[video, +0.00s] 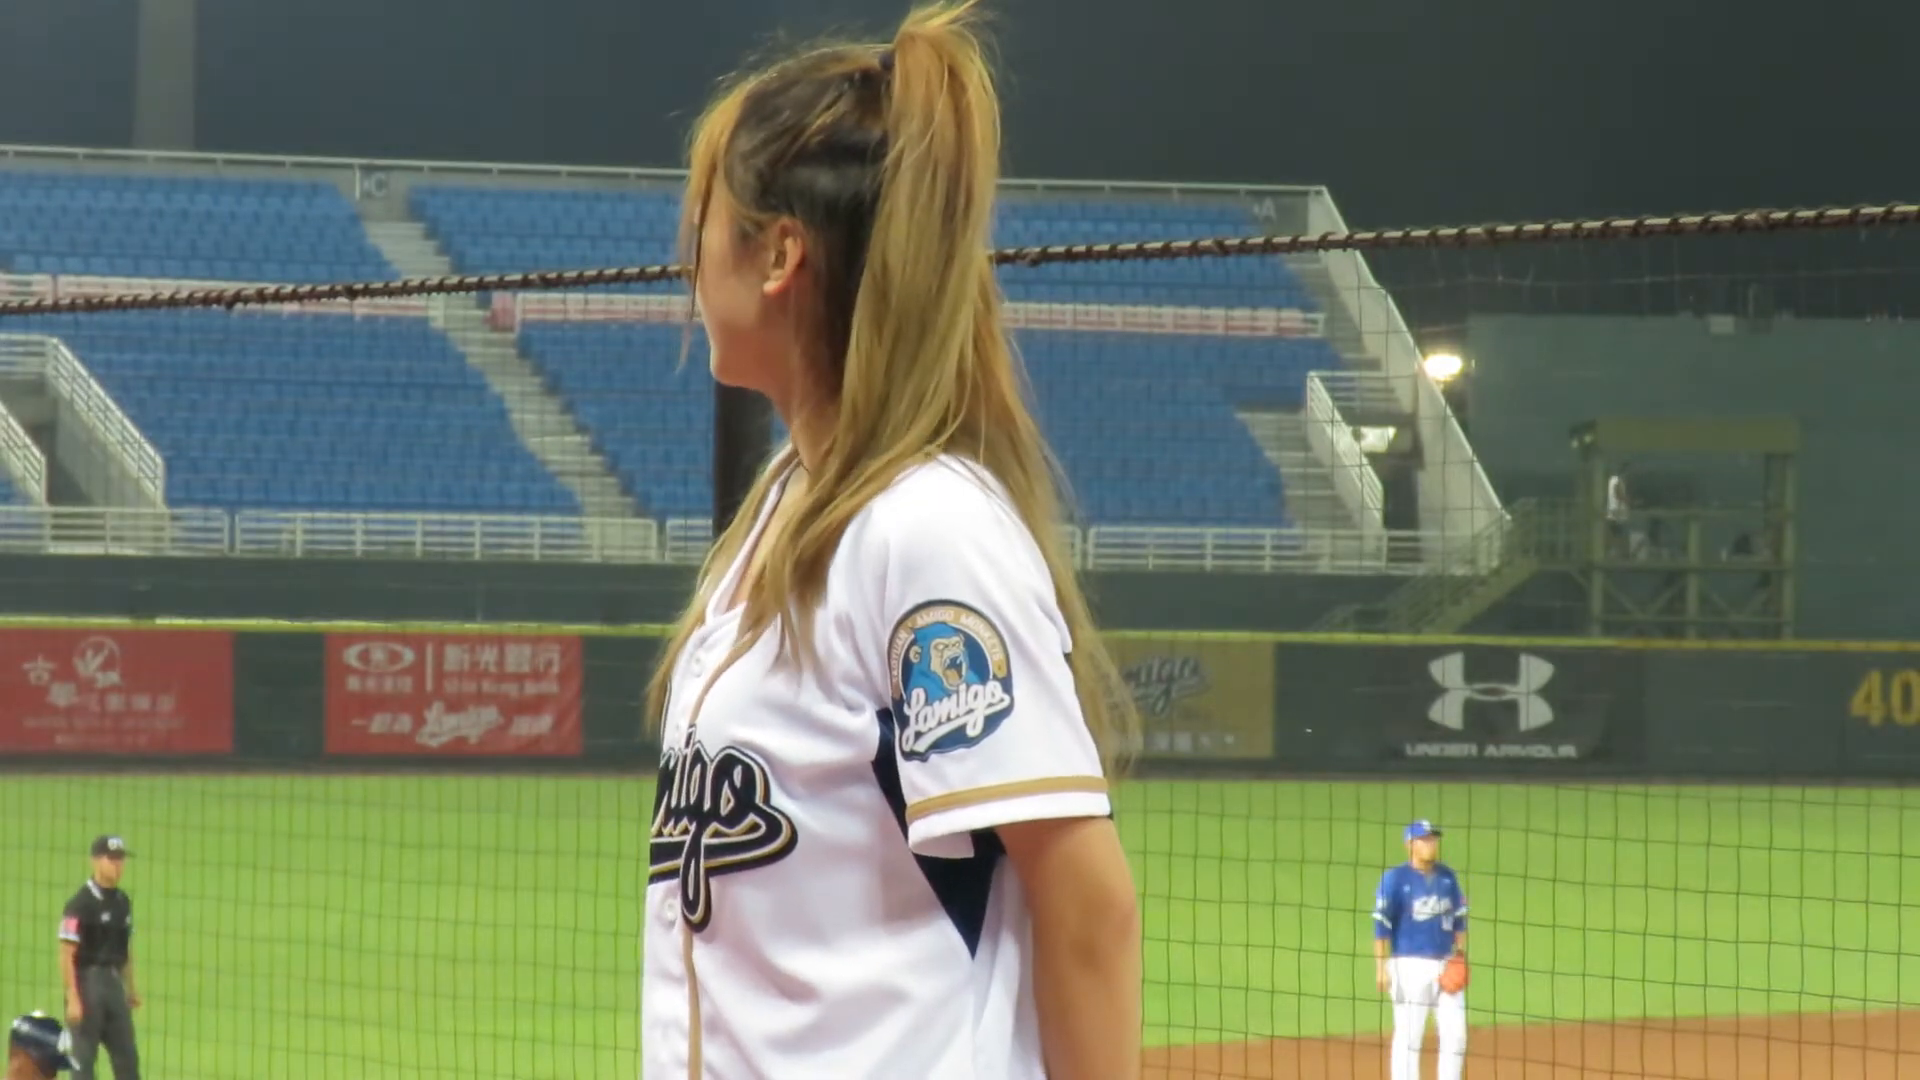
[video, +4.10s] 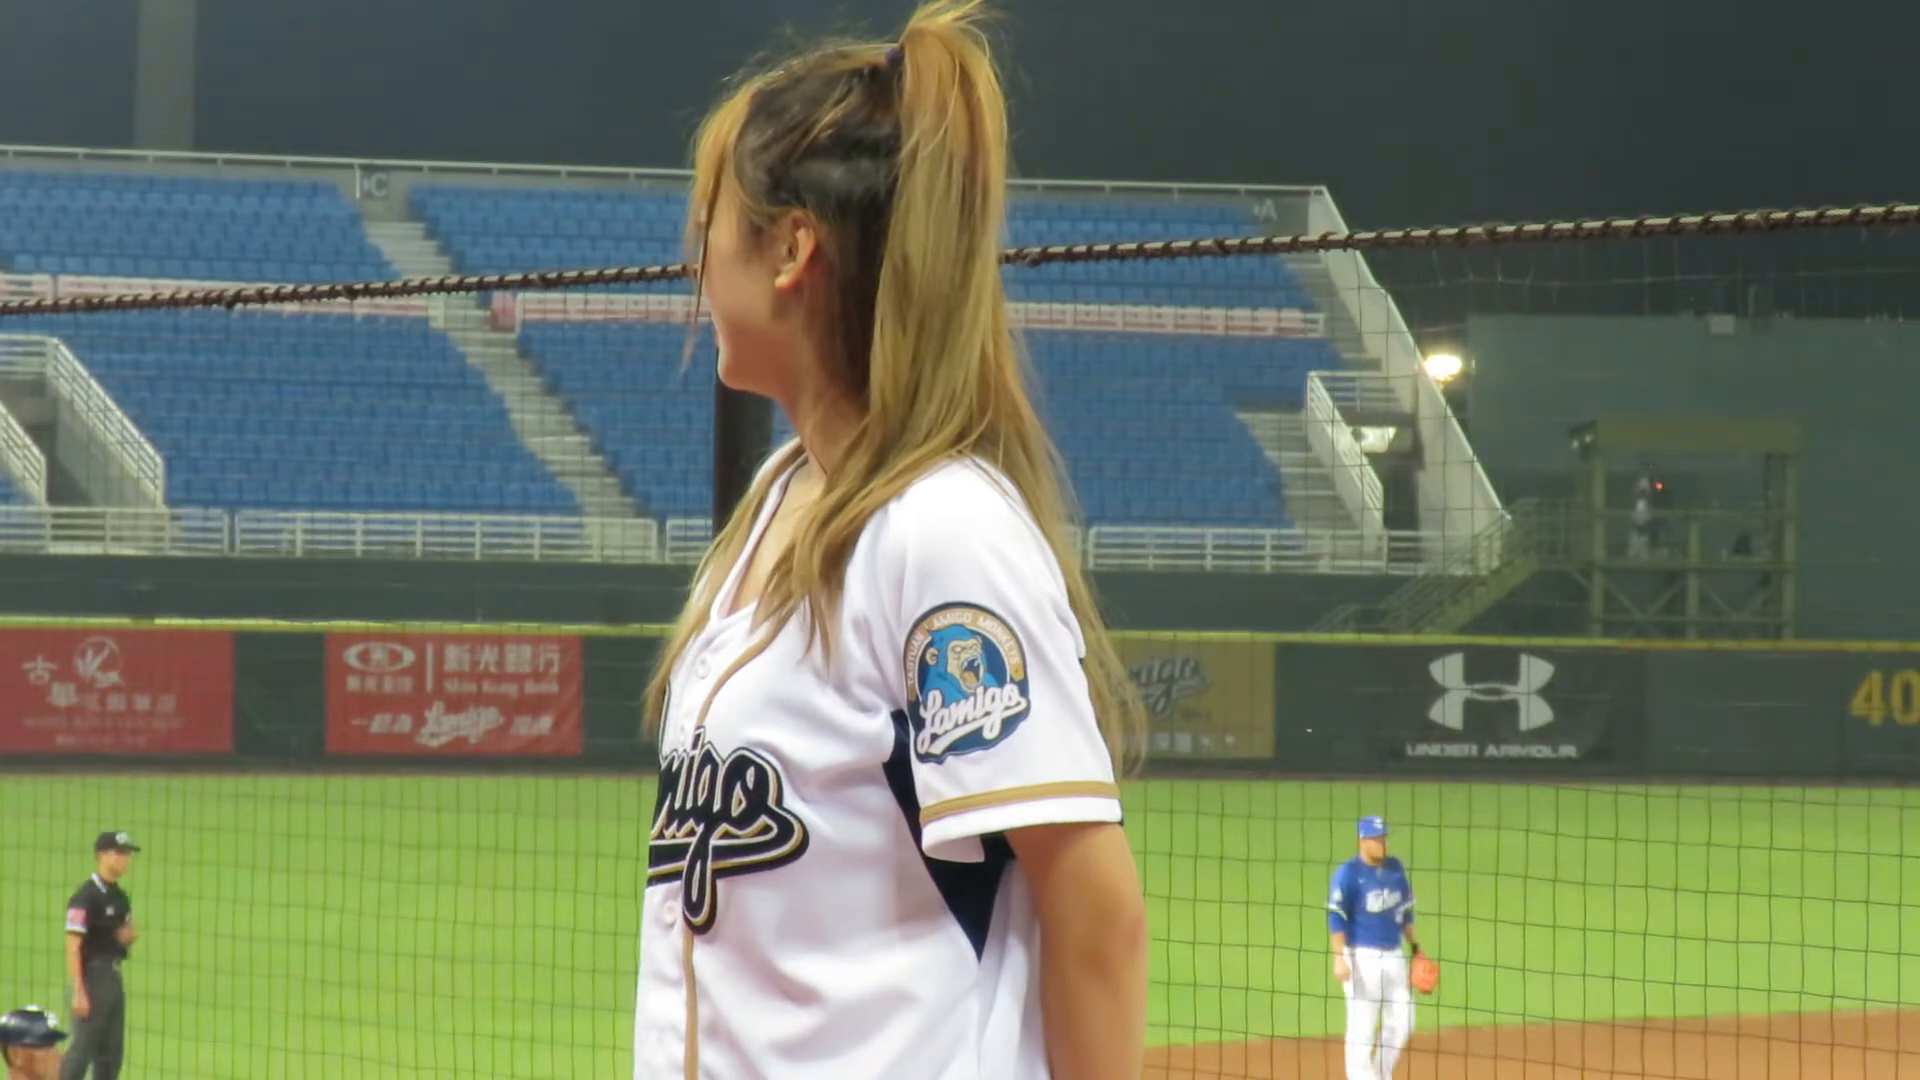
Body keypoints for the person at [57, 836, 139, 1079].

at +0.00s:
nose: (117, 865)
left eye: (120, 860)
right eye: (111, 859)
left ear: (123, 862)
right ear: (96, 860)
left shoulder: (122, 901)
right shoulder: (80, 903)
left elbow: (123, 949)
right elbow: (67, 954)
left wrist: (129, 988)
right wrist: (73, 998)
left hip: (114, 973)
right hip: (87, 973)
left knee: (126, 1054)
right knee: (83, 1055)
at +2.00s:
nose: (116, 866)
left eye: (117, 860)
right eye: (110, 860)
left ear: (118, 862)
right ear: (93, 861)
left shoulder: (118, 901)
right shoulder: (77, 904)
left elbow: (121, 951)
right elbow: (65, 954)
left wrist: (128, 991)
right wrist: (72, 1000)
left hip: (113, 973)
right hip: (87, 973)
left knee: (125, 1053)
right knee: (84, 1055)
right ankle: (82, 1074)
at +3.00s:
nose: (132, 860)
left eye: (132, 854)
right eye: (127, 854)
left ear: (121, 857)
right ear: (110, 856)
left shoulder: (125, 895)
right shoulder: (95, 898)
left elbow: (130, 947)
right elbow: (87, 950)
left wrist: (141, 984)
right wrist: (108, 990)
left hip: (127, 970)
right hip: (106, 969)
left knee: (122, 1047)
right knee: (103, 1048)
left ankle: (117, 1075)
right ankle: (98, 1075)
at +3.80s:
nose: (145, 862)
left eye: (145, 856)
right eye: (141, 855)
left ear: (129, 857)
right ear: (122, 855)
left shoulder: (127, 892)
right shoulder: (102, 894)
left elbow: (117, 936)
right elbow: (89, 944)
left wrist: (139, 945)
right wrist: (95, 989)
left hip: (121, 967)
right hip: (104, 967)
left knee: (118, 1044)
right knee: (103, 1043)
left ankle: (111, 1074)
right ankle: (90, 1075)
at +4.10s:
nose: (126, 860)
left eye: (127, 854)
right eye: (121, 854)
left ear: (123, 858)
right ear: (103, 855)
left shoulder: (119, 895)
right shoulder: (85, 895)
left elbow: (126, 933)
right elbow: (73, 947)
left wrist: (127, 935)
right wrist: (79, 991)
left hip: (112, 967)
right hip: (92, 967)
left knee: (110, 1047)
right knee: (84, 1044)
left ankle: (106, 1074)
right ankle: (68, 1075)